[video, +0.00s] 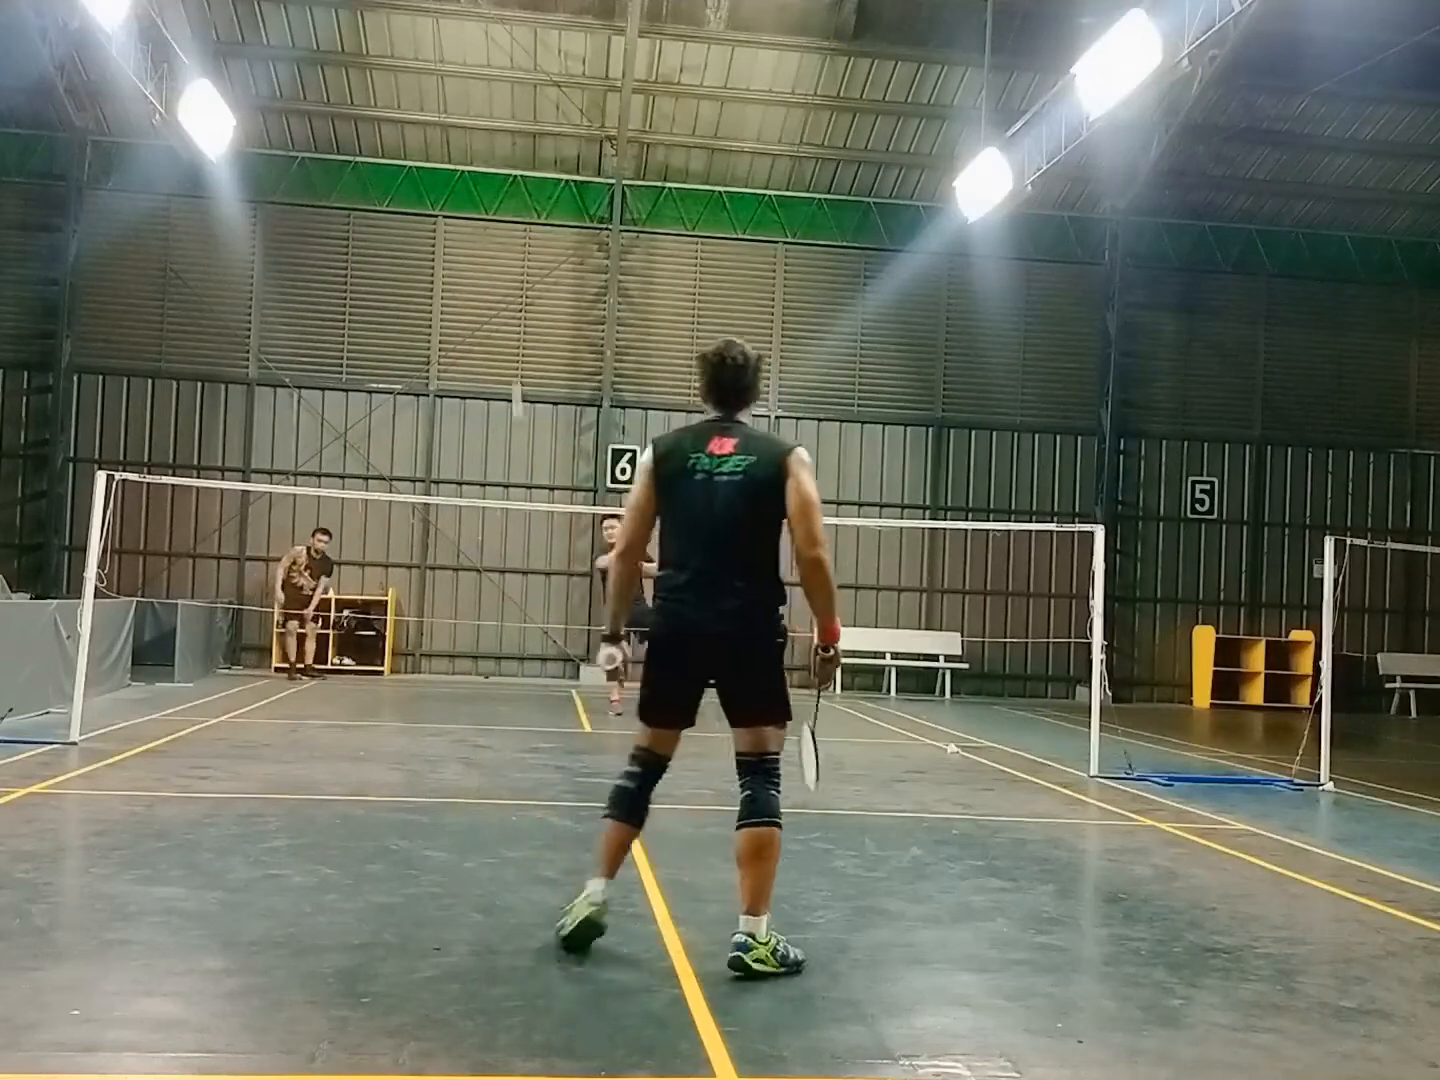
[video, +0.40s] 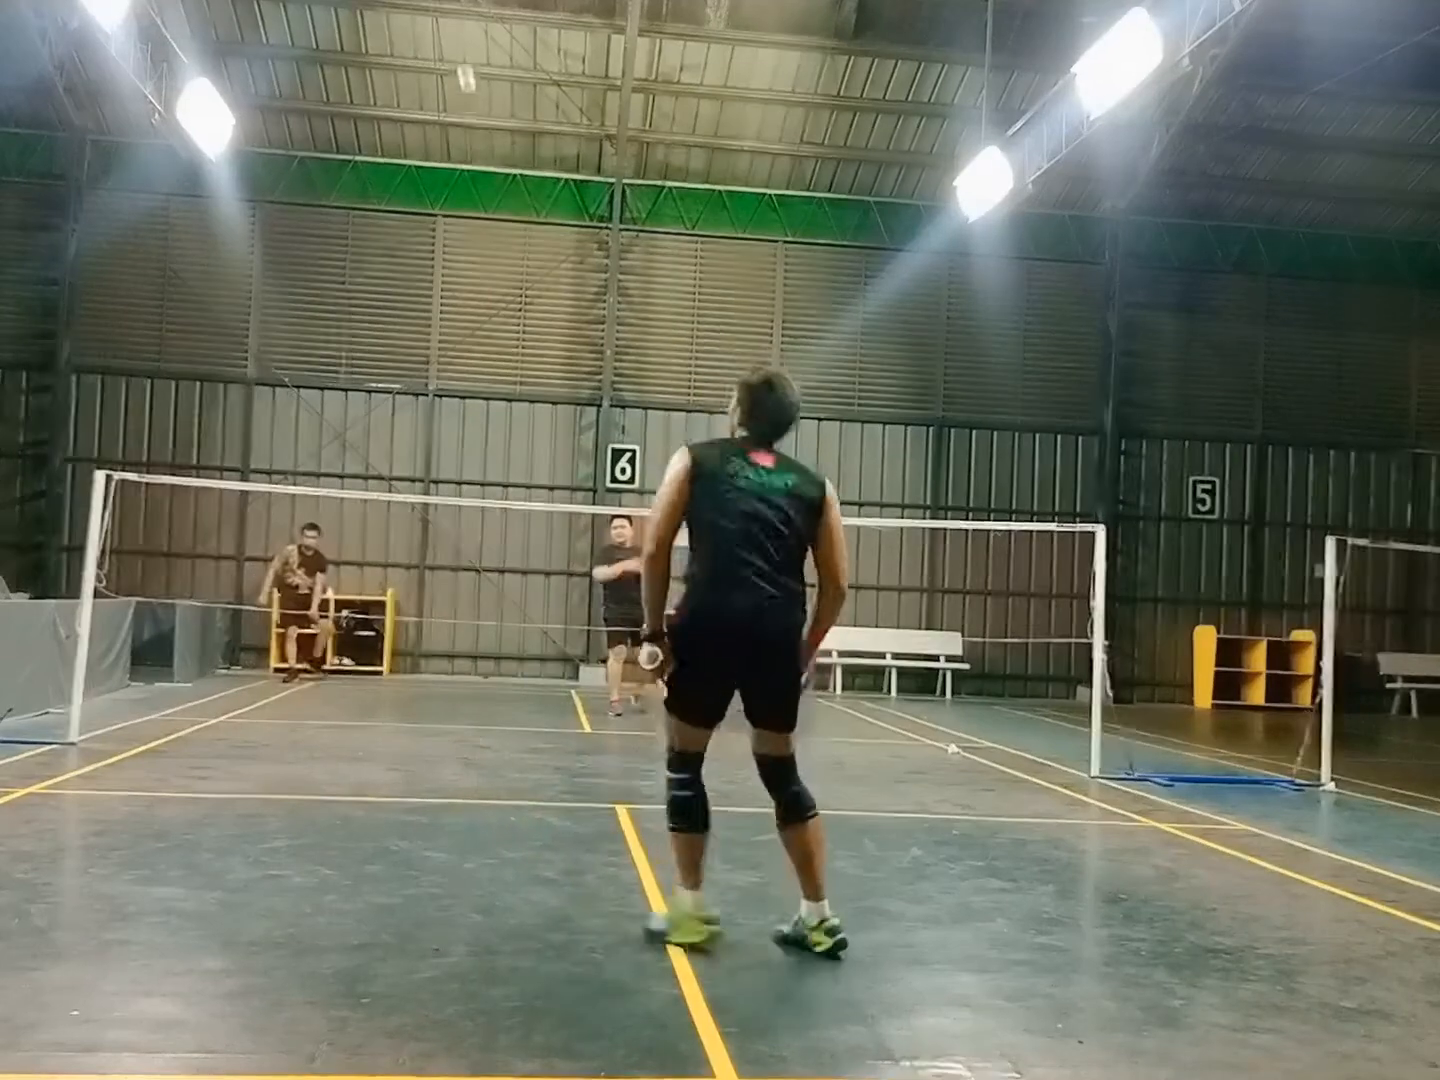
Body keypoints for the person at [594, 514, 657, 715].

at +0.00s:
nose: (609, 532)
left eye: (613, 528)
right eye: (605, 529)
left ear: (623, 530)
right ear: (602, 533)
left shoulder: (635, 552)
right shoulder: (602, 559)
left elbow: (654, 569)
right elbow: (602, 563)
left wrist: (631, 561)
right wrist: (623, 554)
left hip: (637, 604)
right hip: (615, 606)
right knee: (612, 648)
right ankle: (614, 693)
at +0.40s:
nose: (619, 531)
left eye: (623, 527)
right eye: (615, 528)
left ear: (631, 529)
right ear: (610, 531)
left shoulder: (639, 552)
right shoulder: (605, 552)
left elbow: (650, 572)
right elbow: (597, 574)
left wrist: (637, 566)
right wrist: (622, 566)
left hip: (639, 607)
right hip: (614, 608)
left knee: (640, 652)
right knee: (617, 652)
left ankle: (637, 691)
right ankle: (615, 697)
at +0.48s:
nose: (622, 532)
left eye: (627, 528)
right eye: (618, 528)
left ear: (635, 531)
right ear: (613, 532)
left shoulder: (644, 556)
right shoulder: (605, 555)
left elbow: (653, 582)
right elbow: (594, 581)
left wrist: (645, 577)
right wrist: (611, 588)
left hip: (638, 610)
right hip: (615, 609)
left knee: (636, 652)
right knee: (617, 652)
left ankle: (634, 692)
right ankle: (613, 696)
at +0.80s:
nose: (616, 531)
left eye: (620, 527)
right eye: (612, 527)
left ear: (627, 531)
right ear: (605, 530)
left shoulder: (635, 553)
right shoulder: (598, 554)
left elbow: (650, 578)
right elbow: (587, 578)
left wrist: (638, 581)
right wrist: (587, 600)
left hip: (626, 609)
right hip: (601, 609)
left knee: (629, 654)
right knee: (591, 652)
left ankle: (634, 693)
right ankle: (583, 692)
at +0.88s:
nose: (607, 533)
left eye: (611, 528)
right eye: (603, 529)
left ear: (619, 532)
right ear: (598, 533)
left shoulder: (627, 554)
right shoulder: (591, 554)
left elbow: (637, 581)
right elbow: (580, 577)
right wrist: (582, 604)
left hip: (621, 611)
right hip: (596, 611)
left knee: (620, 654)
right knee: (583, 652)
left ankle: (615, 695)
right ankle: (573, 688)